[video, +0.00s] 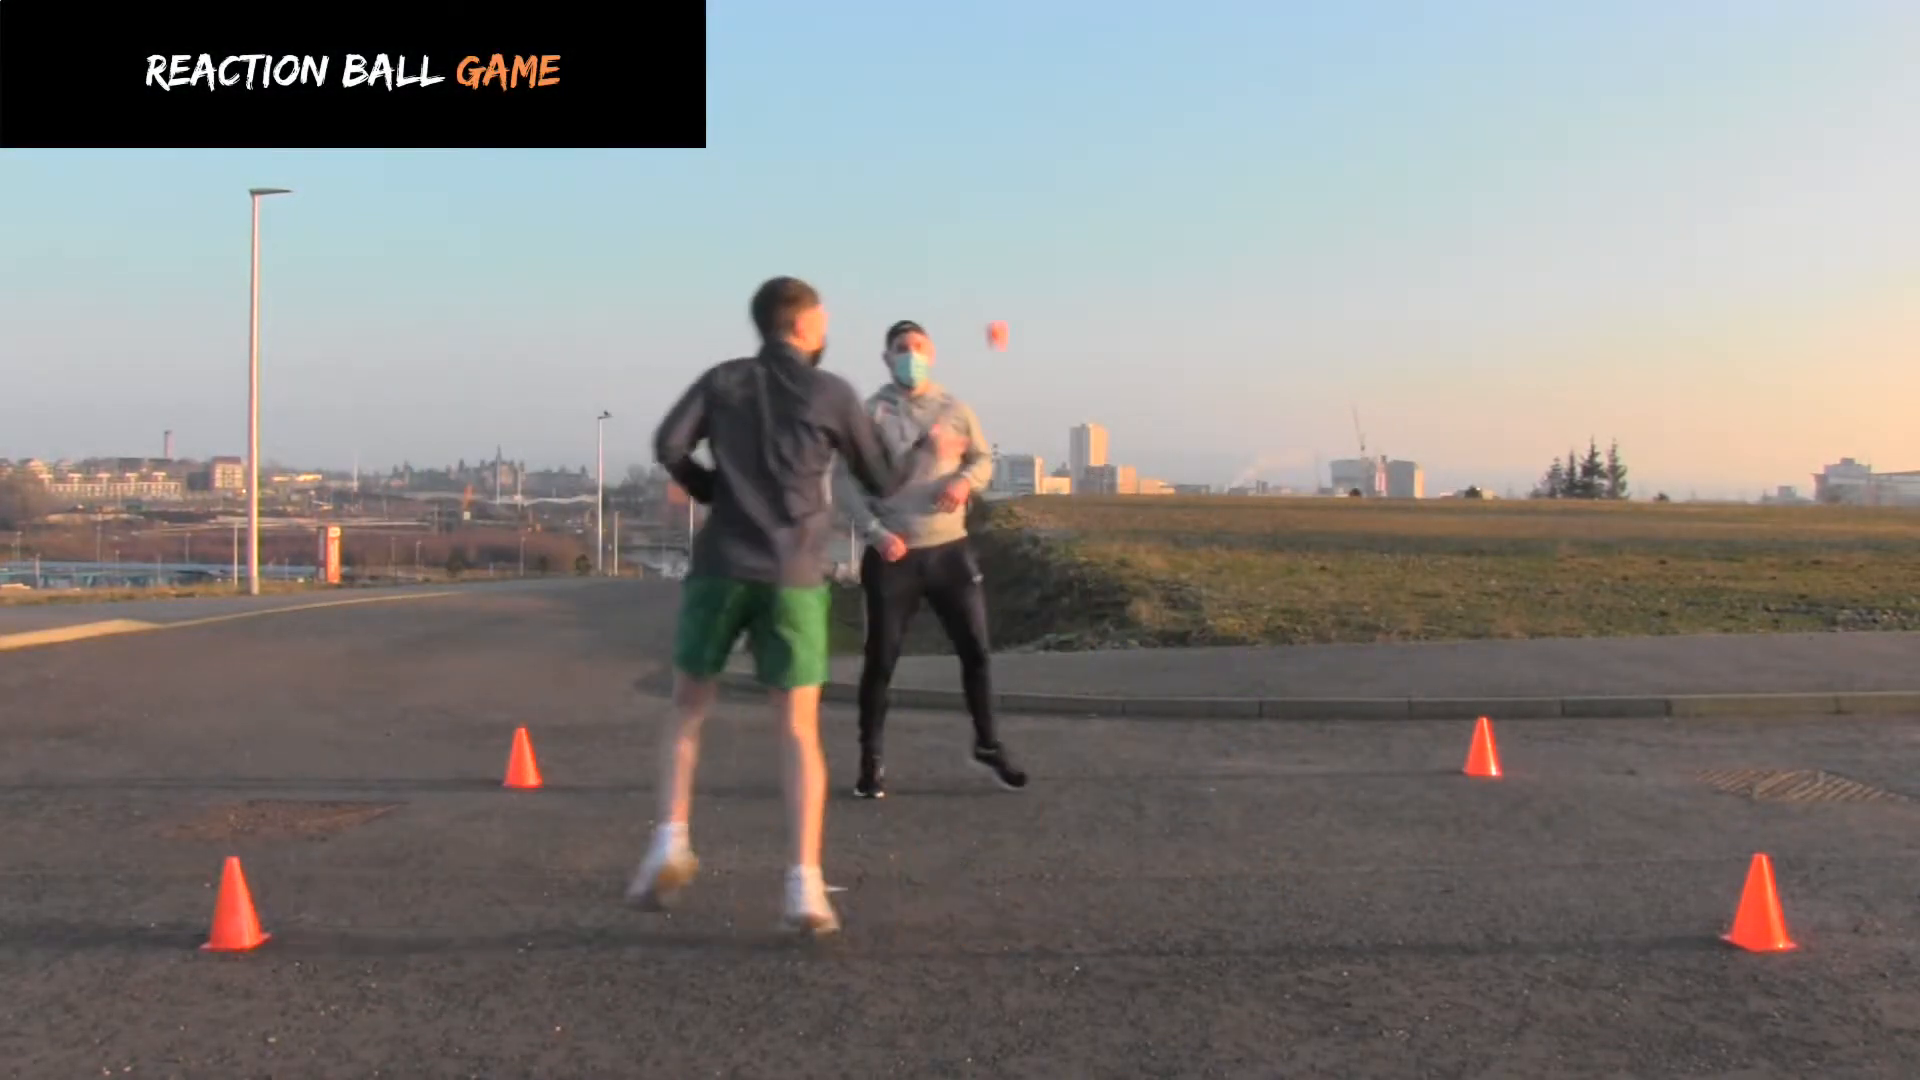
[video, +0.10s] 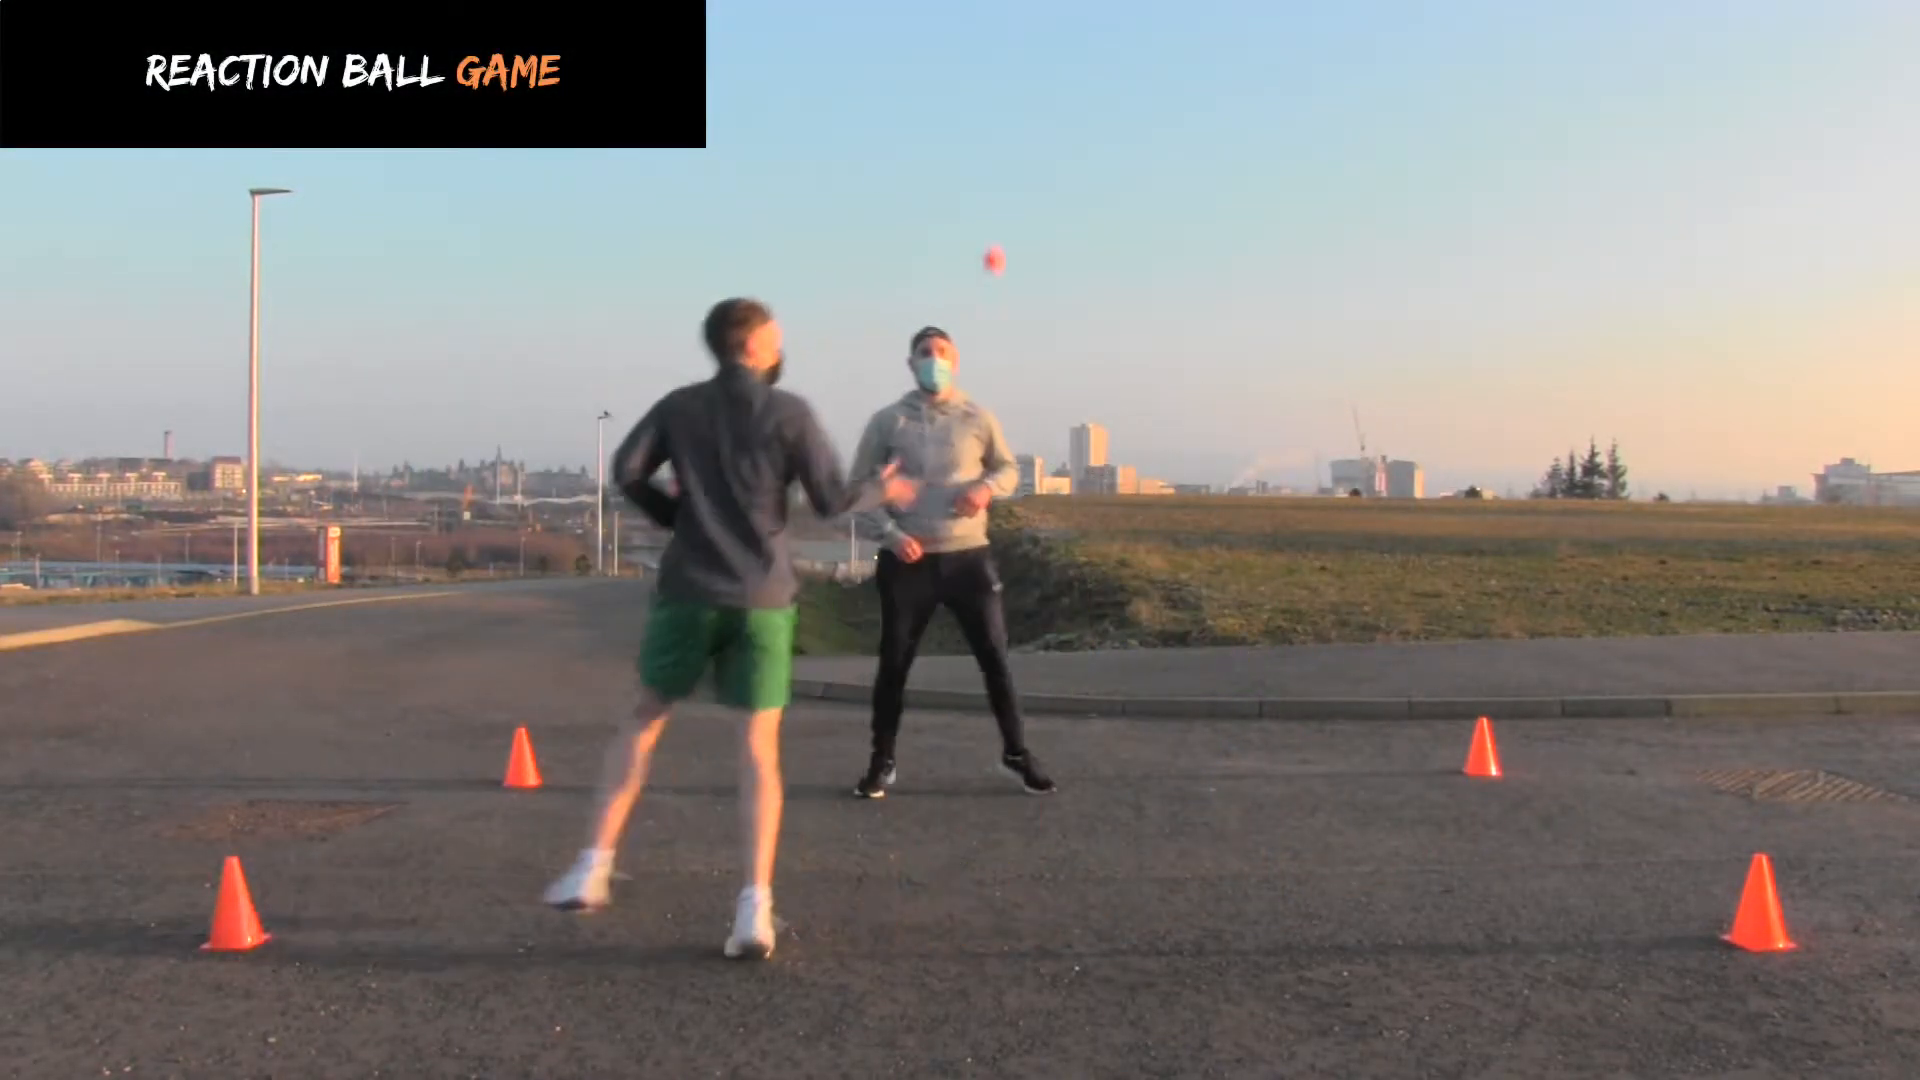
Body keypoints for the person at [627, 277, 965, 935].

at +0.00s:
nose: (825, 324)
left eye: (819, 313)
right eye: (819, 313)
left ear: (766, 324)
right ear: (802, 323)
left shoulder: (722, 381)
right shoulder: (832, 394)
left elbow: (668, 449)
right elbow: (883, 480)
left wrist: (716, 490)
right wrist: (930, 444)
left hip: (719, 569)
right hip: (796, 577)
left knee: (688, 708)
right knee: (800, 728)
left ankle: (671, 838)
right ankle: (806, 880)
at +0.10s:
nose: (780, 341)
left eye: (775, 329)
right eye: (772, 331)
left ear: (720, 345)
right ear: (752, 342)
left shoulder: (679, 406)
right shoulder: (789, 412)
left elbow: (628, 477)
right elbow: (833, 500)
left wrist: (677, 518)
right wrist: (879, 487)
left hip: (685, 590)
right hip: (762, 599)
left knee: (643, 722)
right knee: (760, 748)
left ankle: (594, 865)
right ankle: (755, 909)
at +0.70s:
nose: (594, 383)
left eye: (596, 373)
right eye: (590, 372)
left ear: (546, 369)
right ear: (562, 368)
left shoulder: (499, 420)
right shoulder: (564, 423)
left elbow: (455, 493)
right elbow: (563, 503)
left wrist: (516, 513)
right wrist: (617, 559)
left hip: (477, 588)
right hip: (524, 595)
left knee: (507, 709)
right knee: (527, 733)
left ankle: (450, 810)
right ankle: (456, 862)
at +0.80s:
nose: (582, 418)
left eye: (585, 407)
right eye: (577, 406)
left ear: (535, 402)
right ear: (547, 400)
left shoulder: (487, 450)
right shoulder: (544, 456)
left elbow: (458, 525)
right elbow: (537, 540)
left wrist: (539, 535)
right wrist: (597, 599)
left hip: (461, 605)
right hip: (501, 613)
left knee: (496, 712)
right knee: (523, 743)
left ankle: (451, 801)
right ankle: (452, 865)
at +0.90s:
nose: (575, 423)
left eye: (578, 413)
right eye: (569, 412)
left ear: (534, 407)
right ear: (538, 404)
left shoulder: (494, 451)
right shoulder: (525, 460)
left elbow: (487, 525)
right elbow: (507, 545)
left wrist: (547, 522)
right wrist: (571, 596)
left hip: (466, 605)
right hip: (496, 611)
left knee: (490, 721)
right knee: (507, 736)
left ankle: (436, 808)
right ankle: (453, 857)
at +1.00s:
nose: (576, 402)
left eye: (579, 393)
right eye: (571, 391)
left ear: (542, 387)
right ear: (539, 384)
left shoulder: (518, 430)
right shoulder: (518, 438)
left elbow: (505, 498)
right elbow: (481, 513)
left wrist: (549, 500)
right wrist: (539, 565)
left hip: (477, 585)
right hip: (495, 588)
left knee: (487, 705)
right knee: (512, 704)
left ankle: (433, 807)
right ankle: (441, 816)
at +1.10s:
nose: (582, 386)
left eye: (586, 377)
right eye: (578, 374)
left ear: (554, 369)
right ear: (546, 366)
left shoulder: (536, 412)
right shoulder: (519, 412)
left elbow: (510, 473)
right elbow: (474, 486)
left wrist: (552, 477)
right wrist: (530, 539)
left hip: (509, 565)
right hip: (494, 567)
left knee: (514, 686)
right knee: (511, 688)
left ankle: (442, 787)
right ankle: (437, 789)